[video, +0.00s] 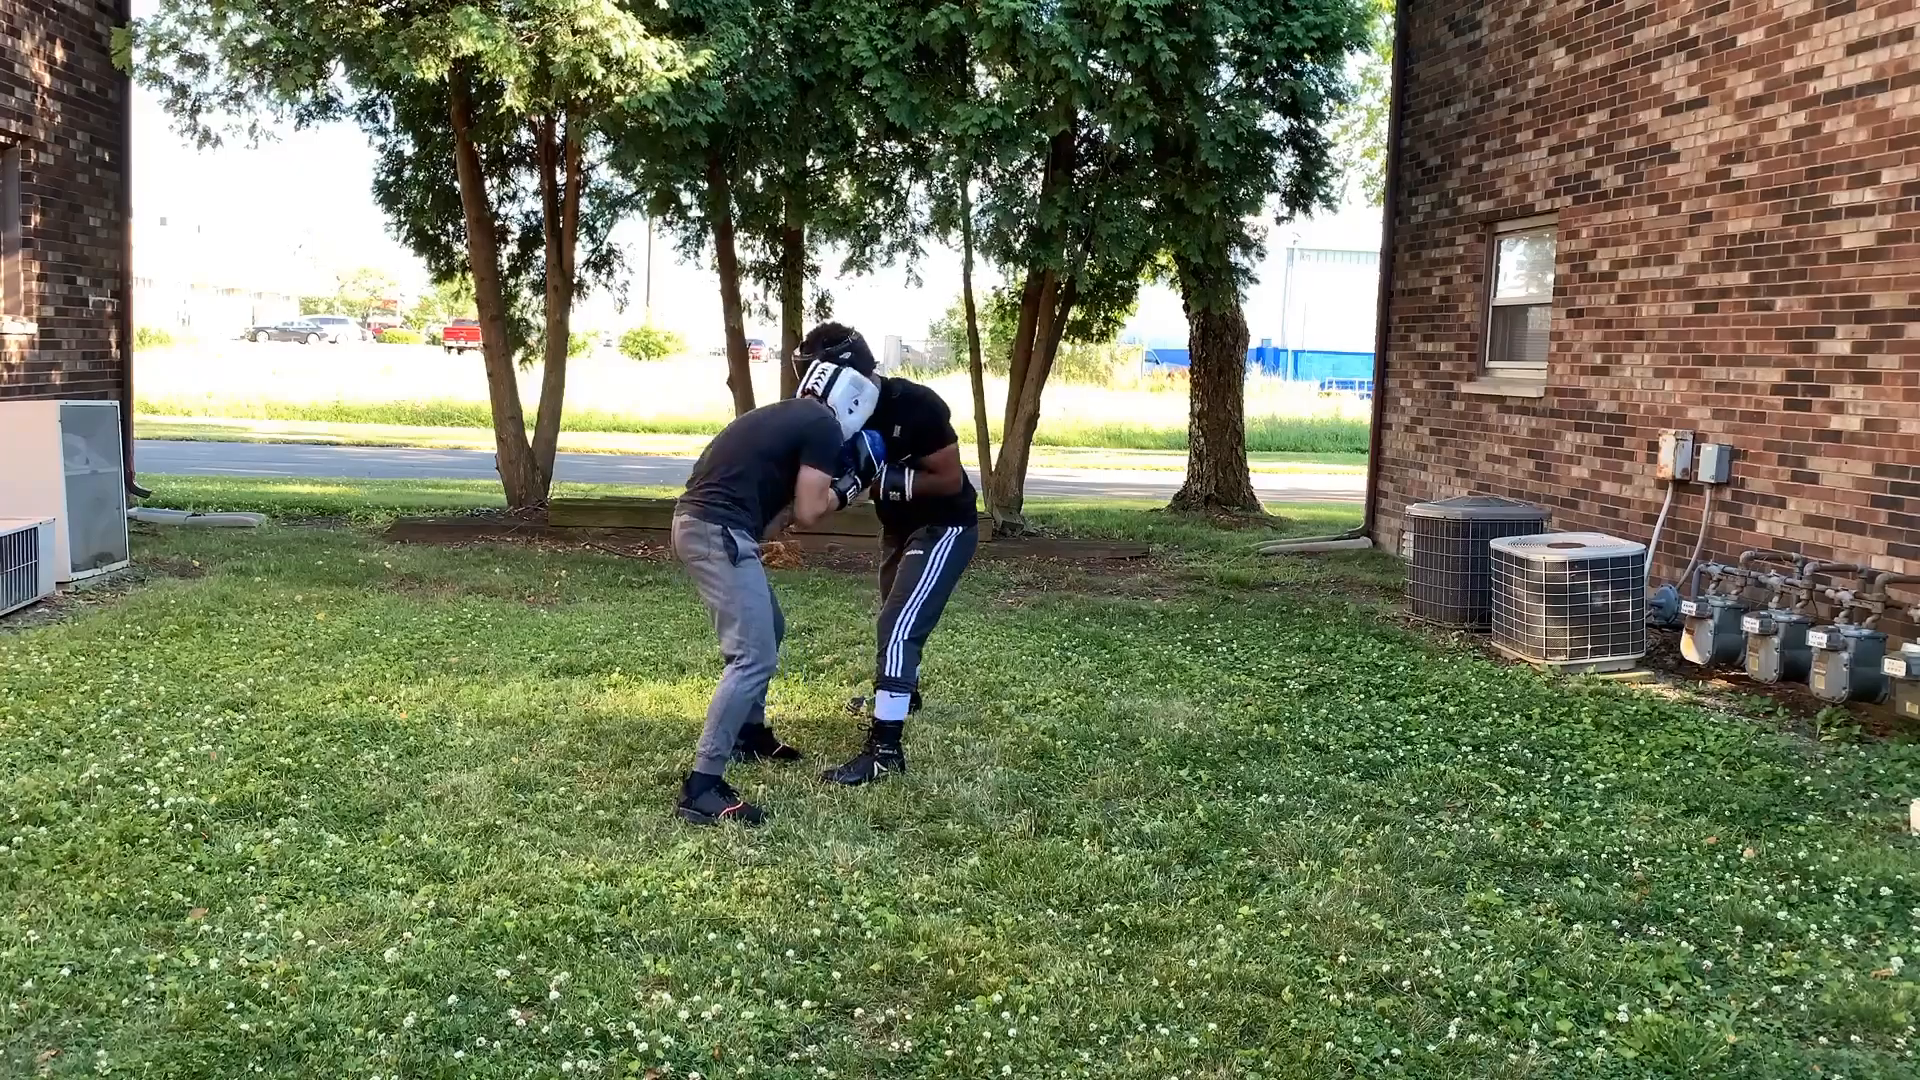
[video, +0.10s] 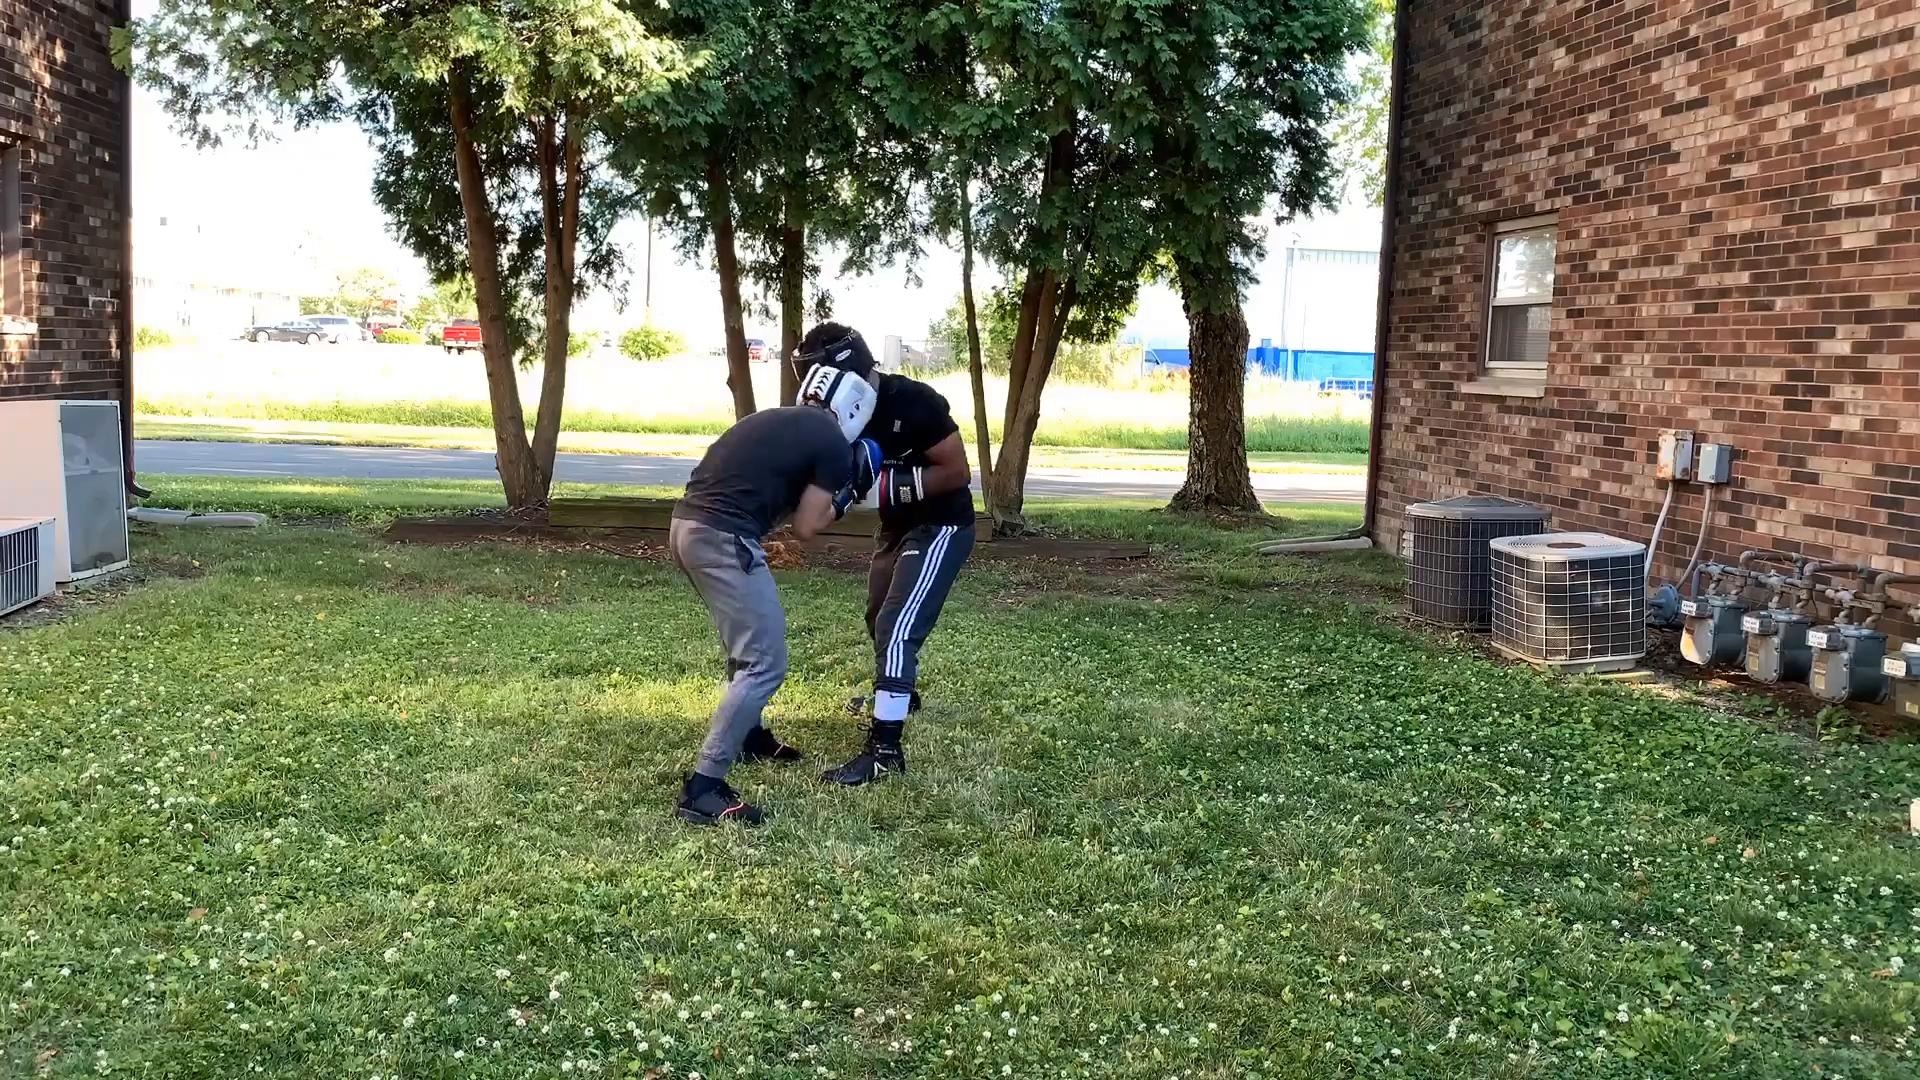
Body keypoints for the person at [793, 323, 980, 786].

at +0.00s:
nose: (811, 389)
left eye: (817, 377)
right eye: (807, 379)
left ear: (846, 371)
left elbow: (950, 480)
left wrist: (893, 481)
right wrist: (852, 476)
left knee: (898, 624)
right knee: (891, 616)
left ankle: (885, 749)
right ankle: (900, 694)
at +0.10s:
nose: (814, 396)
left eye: (820, 384)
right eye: (810, 386)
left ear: (848, 374)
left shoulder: (914, 401)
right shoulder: (843, 416)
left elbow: (956, 472)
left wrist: (898, 485)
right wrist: (845, 483)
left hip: (940, 524)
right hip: (896, 526)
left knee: (896, 627)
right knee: (878, 617)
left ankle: (884, 749)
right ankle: (902, 693)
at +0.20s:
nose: (812, 391)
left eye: (817, 380)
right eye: (810, 381)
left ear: (844, 373)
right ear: (847, 370)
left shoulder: (900, 409)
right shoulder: (858, 408)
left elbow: (929, 487)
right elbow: (878, 476)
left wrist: (871, 522)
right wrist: (853, 521)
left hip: (936, 525)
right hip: (901, 522)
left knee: (888, 627)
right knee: (871, 614)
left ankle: (883, 750)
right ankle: (900, 689)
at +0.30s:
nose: (814, 387)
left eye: (817, 377)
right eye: (812, 377)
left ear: (839, 372)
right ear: (854, 364)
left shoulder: (878, 405)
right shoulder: (867, 401)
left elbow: (898, 495)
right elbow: (886, 485)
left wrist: (863, 532)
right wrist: (856, 524)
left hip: (934, 528)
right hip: (909, 523)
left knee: (886, 627)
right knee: (870, 610)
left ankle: (882, 751)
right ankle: (900, 690)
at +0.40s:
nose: (816, 383)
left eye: (819, 372)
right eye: (813, 373)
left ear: (842, 366)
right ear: (853, 361)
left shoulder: (884, 394)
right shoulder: (867, 396)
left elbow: (908, 478)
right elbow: (889, 474)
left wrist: (860, 522)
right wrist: (861, 514)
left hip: (932, 523)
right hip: (906, 519)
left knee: (895, 626)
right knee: (869, 608)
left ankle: (885, 745)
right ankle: (899, 692)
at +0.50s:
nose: (818, 377)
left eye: (821, 367)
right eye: (816, 368)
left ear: (846, 361)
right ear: (851, 360)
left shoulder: (896, 385)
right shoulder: (860, 400)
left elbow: (926, 458)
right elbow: (882, 462)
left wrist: (876, 493)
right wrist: (852, 492)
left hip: (934, 515)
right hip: (901, 516)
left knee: (896, 620)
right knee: (867, 611)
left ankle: (895, 741)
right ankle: (901, 690)